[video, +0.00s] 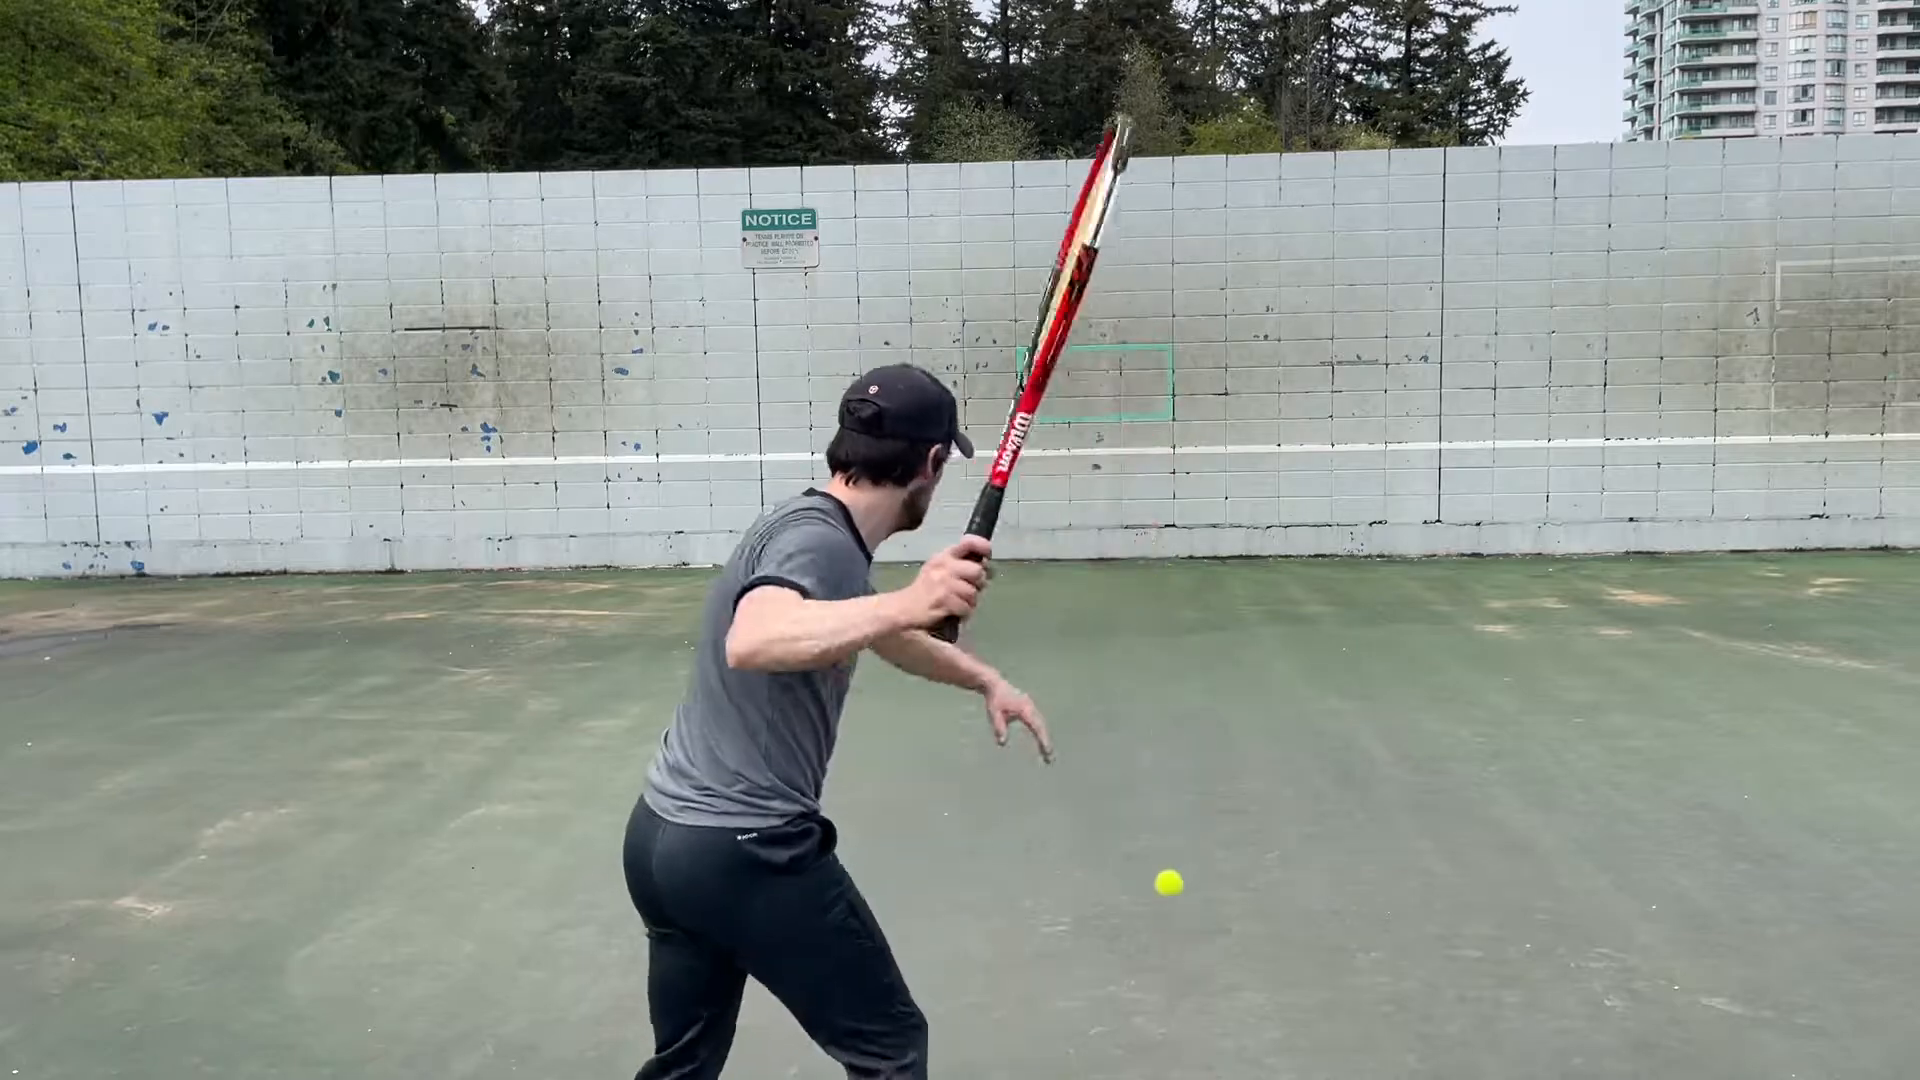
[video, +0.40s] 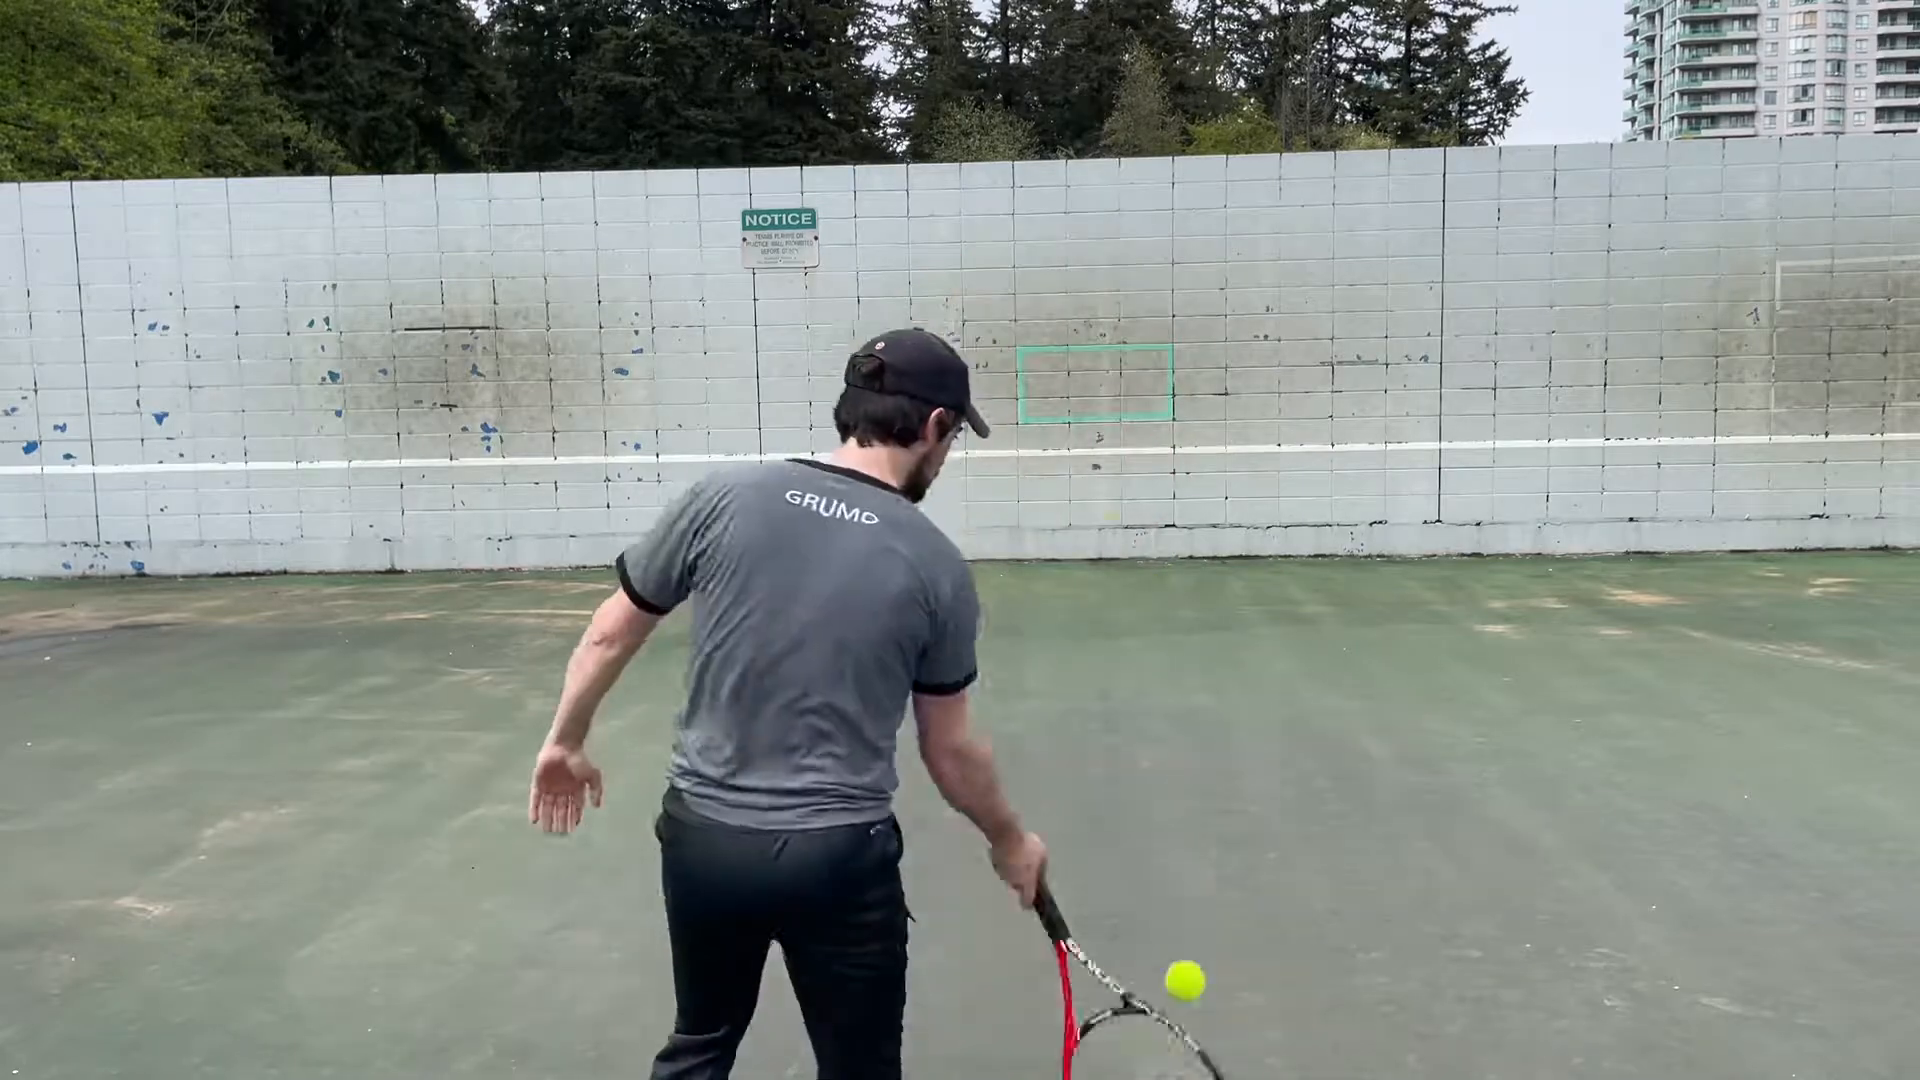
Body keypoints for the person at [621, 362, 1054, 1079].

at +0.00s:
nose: (942, 475)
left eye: (945, 459)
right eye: (945, 458)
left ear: (847, 445)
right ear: (930, 463)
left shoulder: (791, 523)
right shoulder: (823, 539)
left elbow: (880, 633)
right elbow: (753, 637)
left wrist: (987, 679)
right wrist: (906, 602)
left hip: (666, 836)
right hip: (753, 852)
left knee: (684, 1060)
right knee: (892, 1045)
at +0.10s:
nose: (966, 506)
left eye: (973, 486)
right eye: (967, 486)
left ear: (869, 469)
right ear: (937, 487)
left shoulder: (800, 533)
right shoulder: (846, 554)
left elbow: (843, 642)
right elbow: (754, 647)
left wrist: (901, 709)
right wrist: (848, 661)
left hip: (664, 845)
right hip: (753, 866)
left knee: (694, 1057)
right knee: (875, 1063)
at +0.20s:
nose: (983, 512)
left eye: (989, 493)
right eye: (987, 493)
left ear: (895, 465)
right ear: (971, 489)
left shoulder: (799, 533)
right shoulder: (879, 556)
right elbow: (822, 696)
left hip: (674, 856)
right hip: (775, 881)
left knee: (699, 1061)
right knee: (889, 1065)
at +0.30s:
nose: (976, 491)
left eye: (980, 472)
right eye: (980, 472)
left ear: (879, 450)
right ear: (964, 468)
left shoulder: (762, 523)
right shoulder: (924, 586)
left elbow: (656, 612)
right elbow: (923, 771)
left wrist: (624, 690)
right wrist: (950, 949)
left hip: (690, 863)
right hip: (813, 883)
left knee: (701, 1055)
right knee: (882, 1066)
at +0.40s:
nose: (949, 453)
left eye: (956, 436)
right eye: (954, 435)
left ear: (851, 409)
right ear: (934, 428)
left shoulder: (723, 494)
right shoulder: (932, 560)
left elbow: (608, 637)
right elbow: (950, 749)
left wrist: (564, 742)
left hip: (706, 848)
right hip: (839, 863)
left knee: (699, 1038)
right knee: (860, 1066)